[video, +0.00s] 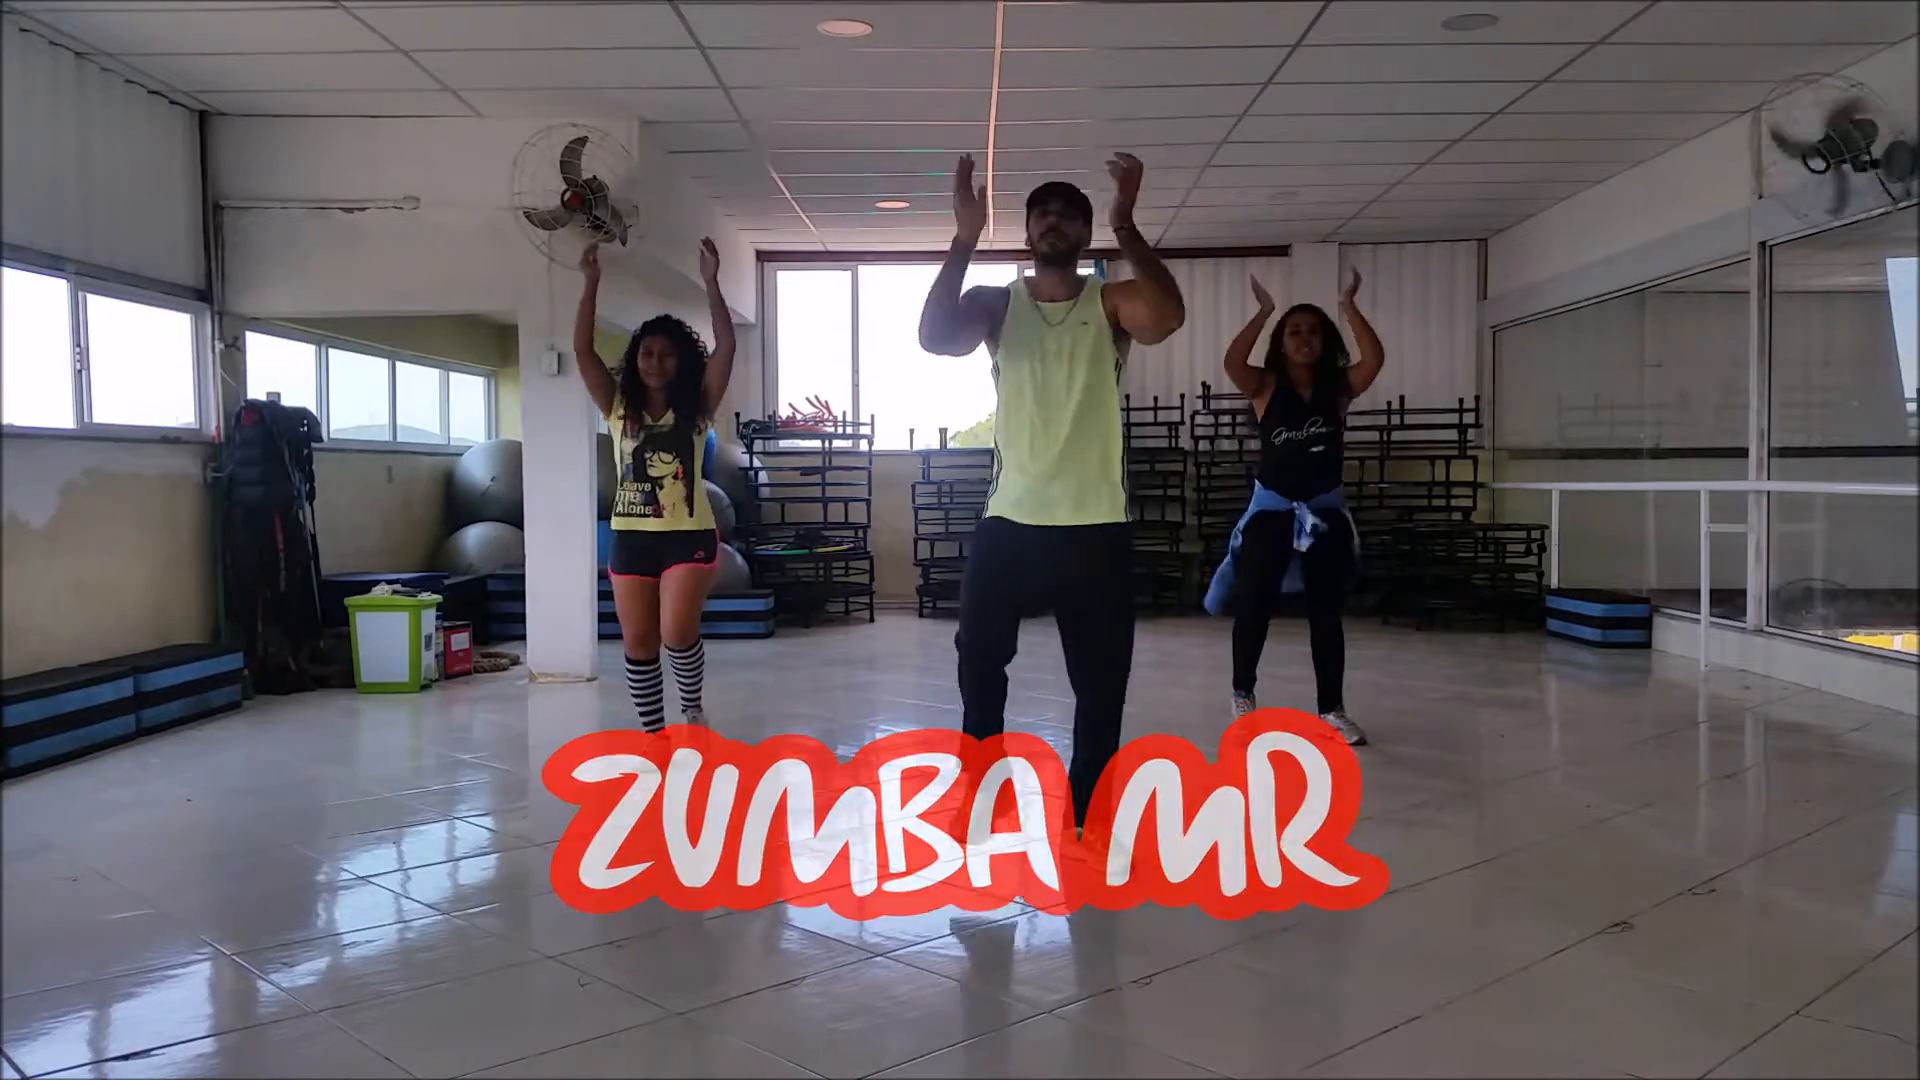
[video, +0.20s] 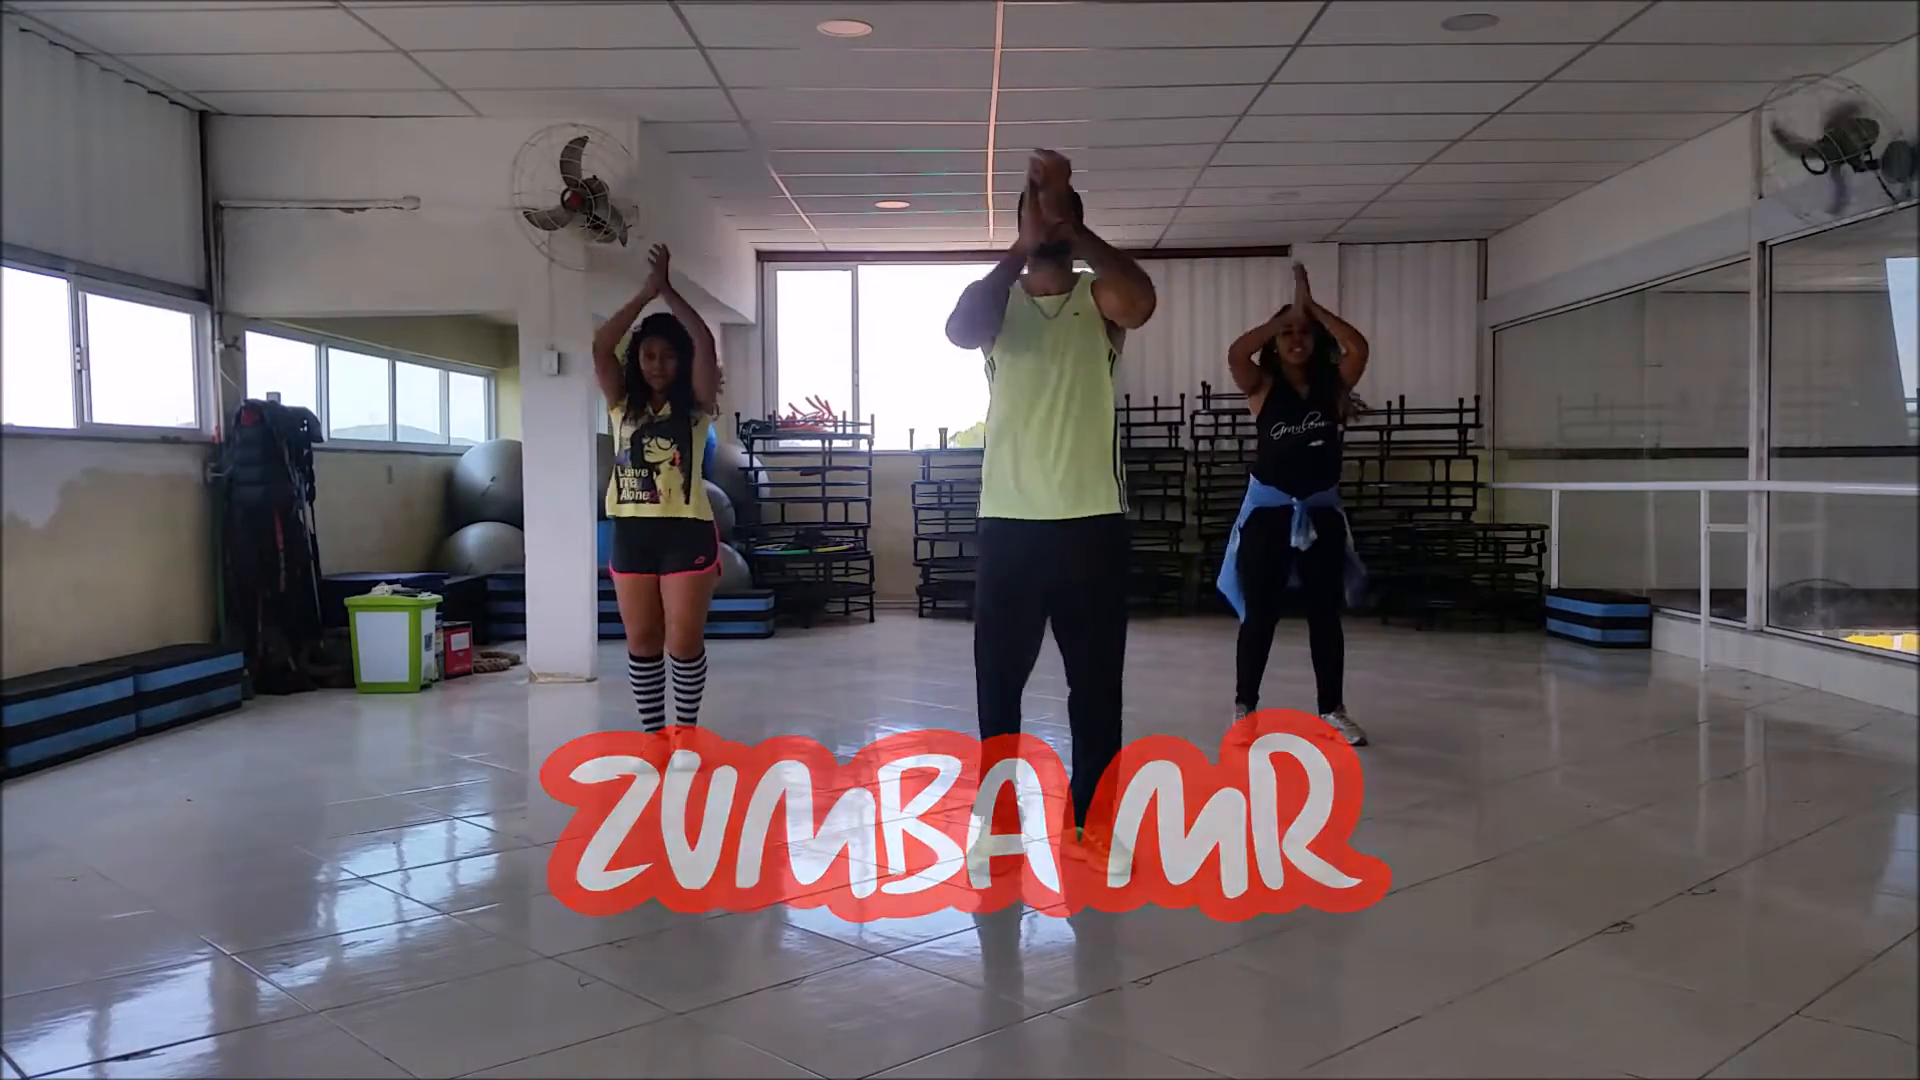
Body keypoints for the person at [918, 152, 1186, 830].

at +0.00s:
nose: (1053, 225)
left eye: (1067, 217)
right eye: (1041, 216)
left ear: (1087, 235)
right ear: (1027, 234)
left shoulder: (1112, 298)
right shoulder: (996, 303)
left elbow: (1167, 313)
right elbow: (935, 336)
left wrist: (1123, 226)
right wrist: (967, 235)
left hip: (1095, 523)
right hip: (1012, 520)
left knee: (1102, 691)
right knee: (979, 666)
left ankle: (1086, 827)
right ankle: (983, 803)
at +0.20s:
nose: (1043, 227)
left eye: (1052, 217)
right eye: (1032, 215)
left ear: (1072, 233)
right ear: (1018, 232)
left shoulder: (1104, 297)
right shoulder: (996, 298)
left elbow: (1140, 301)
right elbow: (963, 331)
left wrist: (1075, 223)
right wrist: (1019, 251)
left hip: (1092, 524)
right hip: (1010, 524)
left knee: (1097, 693)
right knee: (996, 689)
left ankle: (1092, 831)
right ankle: (997, 824)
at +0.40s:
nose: (1040, 225)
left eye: (1051, 216)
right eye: (1027, 215)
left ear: (1064, 236)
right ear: (1000, 234)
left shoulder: (1088, 299)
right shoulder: (980, 303)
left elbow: (1158, 329)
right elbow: (923, 344)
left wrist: (1109, 249)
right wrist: (985, 258)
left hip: (1087, 525)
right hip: (1001, 530)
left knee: (1128, 660)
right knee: (992, 689)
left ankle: (1102, 788)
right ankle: (1001, 823)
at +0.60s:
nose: (1041, 214)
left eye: (1053, 207)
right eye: (1028, 206)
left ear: (1070, 227)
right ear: (1009, 224)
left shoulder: (1091, 293)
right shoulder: (985, 298)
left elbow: (1147, 330)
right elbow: (956, 350)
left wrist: (1108, 245)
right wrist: (979, 250)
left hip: (1092, 515)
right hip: (1006, 518)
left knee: (1124, 667)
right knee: (997, 677)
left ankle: (1116, 810)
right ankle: (1000, 821)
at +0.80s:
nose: (1065, 230)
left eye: (1077, 218)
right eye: (1054, 218)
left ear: (1093, 229)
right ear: (1033, 229)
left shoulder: (1117, 298)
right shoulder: (1009, 303)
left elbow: (1164, 335)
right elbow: (954, 363)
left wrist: (1106, 259)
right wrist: (1002, 280)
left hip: (1106, 520)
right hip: (1021, 520)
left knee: (1123, 679)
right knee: (990, 674)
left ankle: (1119, 823)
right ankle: (992, 811)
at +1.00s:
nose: (1060, 233)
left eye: (1073, 221)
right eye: (1047, 221)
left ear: (1094, 227)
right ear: (1030, 229)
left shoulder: (1133, 306)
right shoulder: (1000, 312)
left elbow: (1231, 366)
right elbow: (923, 378)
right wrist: (913, 410)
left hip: (1108, 529)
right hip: (1018, 527)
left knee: (1124, 686)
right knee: (975, 669)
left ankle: (1119, 823)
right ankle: (951, 808)